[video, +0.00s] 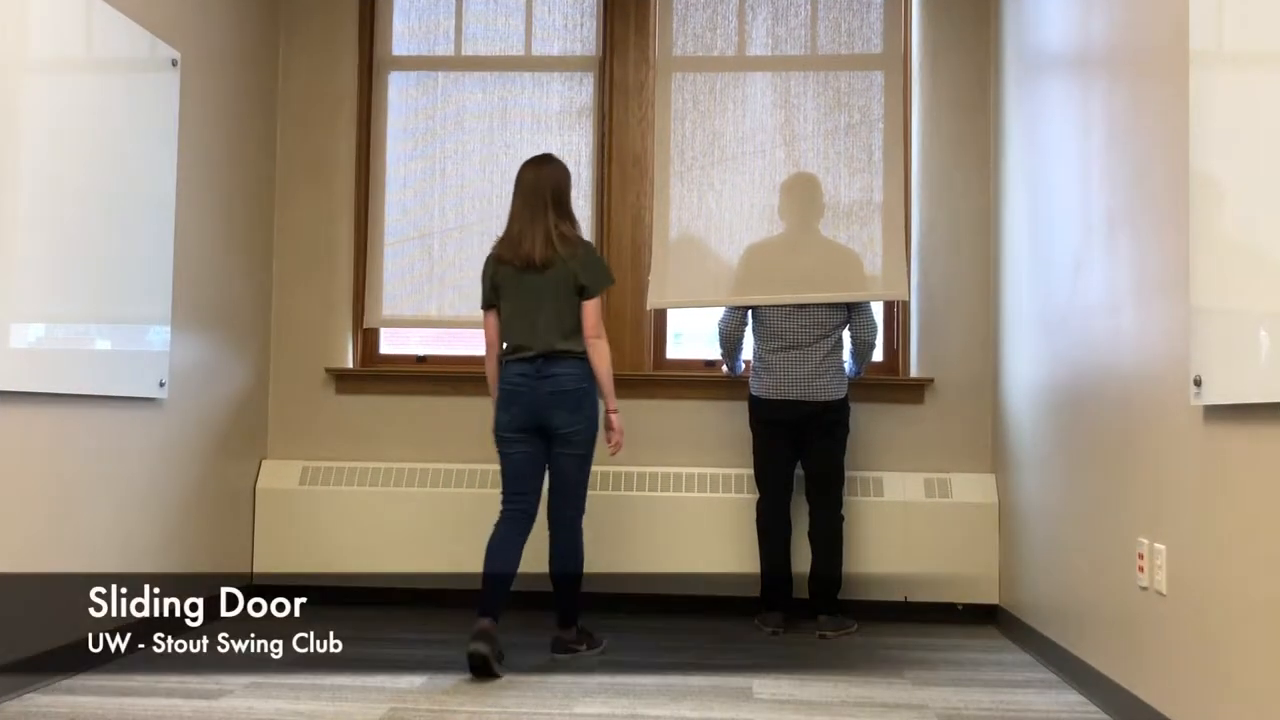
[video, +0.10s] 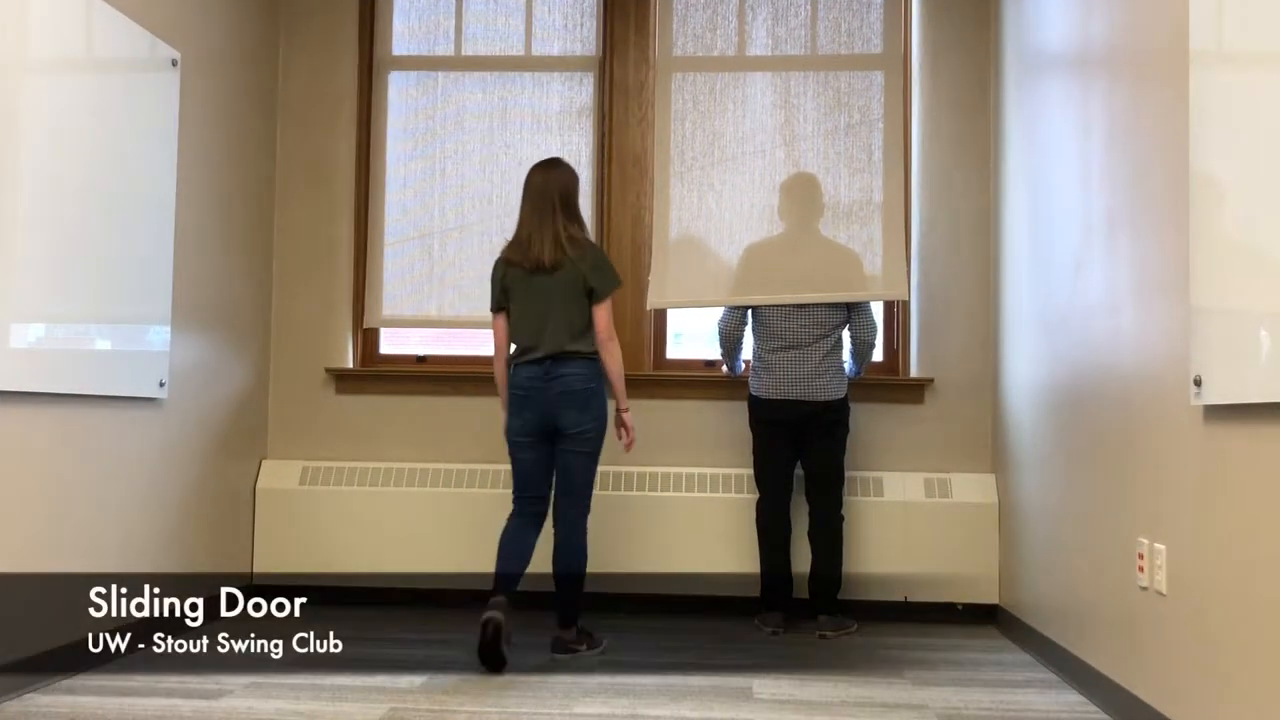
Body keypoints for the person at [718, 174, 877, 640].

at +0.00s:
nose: (798, 211)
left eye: (792, 202)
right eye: (806, 202)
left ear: (782, 207)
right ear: (820, 207)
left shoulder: (758, 256)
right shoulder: (843, 259)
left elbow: (731, 324)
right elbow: (866, 328)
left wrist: (733, 362)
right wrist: (854, 369)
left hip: (771, 398)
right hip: (826, 398)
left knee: (773, 504)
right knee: (826, 506)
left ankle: (774, 611)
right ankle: (825, 612)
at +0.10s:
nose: (798, 212)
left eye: (793, 203)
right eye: (806, 202)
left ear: (782, 207)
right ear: (819, 207)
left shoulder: (757, 256)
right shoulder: (843, 259)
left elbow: (730, 324)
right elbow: (865, 329)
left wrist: (732, 363)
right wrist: (855, 368)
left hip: (770, 397)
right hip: (826, 398)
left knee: (772, 503)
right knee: (826, 505)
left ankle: (774, 610)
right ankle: (826, 611)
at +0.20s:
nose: (795, 210)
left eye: (789, 202)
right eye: (804, 201)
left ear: (780, 206)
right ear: (818, 207)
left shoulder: (758, 254)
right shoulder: (842, 258)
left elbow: (729, 322)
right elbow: (865, 328)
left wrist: (731, 362)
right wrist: (856, 368)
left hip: (771, 395)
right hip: (827, 396)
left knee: (773, 501)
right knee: (826, 505)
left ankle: (774, 610)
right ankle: (825, 611)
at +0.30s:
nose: (788, 211)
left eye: (785, 203)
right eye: (799, 201)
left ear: (779, 207)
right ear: (817, 207)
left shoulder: (761, 253)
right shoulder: (844, 256)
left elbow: (729, 323)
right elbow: (869, 328)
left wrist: (732, 363)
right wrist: (856, 369)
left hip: (775, 394)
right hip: (830, 394)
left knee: (776, 499)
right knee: (829, 500)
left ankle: (775, 610)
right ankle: (832, 610)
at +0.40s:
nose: (775, 223)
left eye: (776, 215)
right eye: (783, 212)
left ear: (778, 218)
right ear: (814, 214)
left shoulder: (765, 259)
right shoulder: (850, 259)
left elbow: (728, 329)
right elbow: (874, 335)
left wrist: (734, 369)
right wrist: (854, 374)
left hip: (782, 398)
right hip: (838, 399)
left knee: (779, 498)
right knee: (828, 494)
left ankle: (776, 609)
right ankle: (842, 609)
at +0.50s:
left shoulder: (774, 266)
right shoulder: (859, 269)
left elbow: (727, 334)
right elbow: (883, 338)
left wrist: (733, 368)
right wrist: (852, 367)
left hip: (794, 395)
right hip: (850, 398)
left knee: (780, 499)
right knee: (834, 501)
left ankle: (774, 608)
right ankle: (839, 614)